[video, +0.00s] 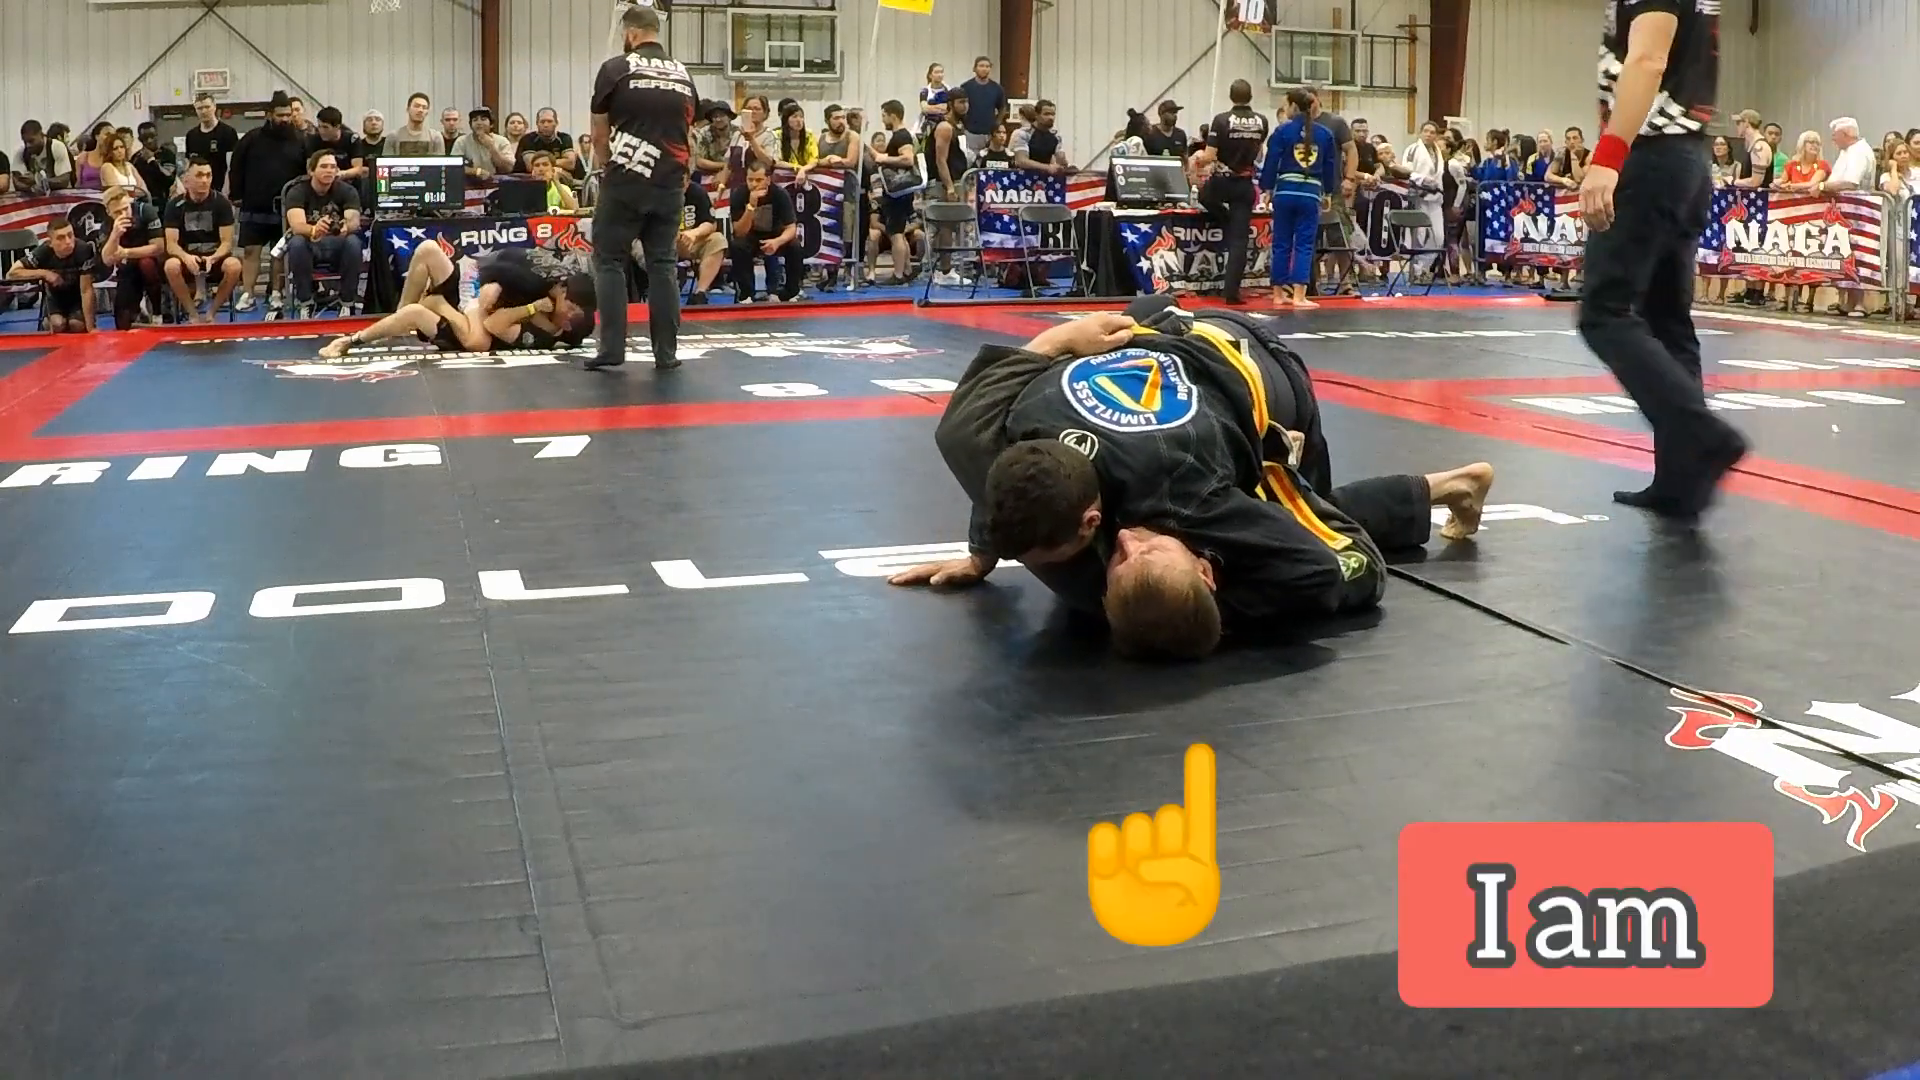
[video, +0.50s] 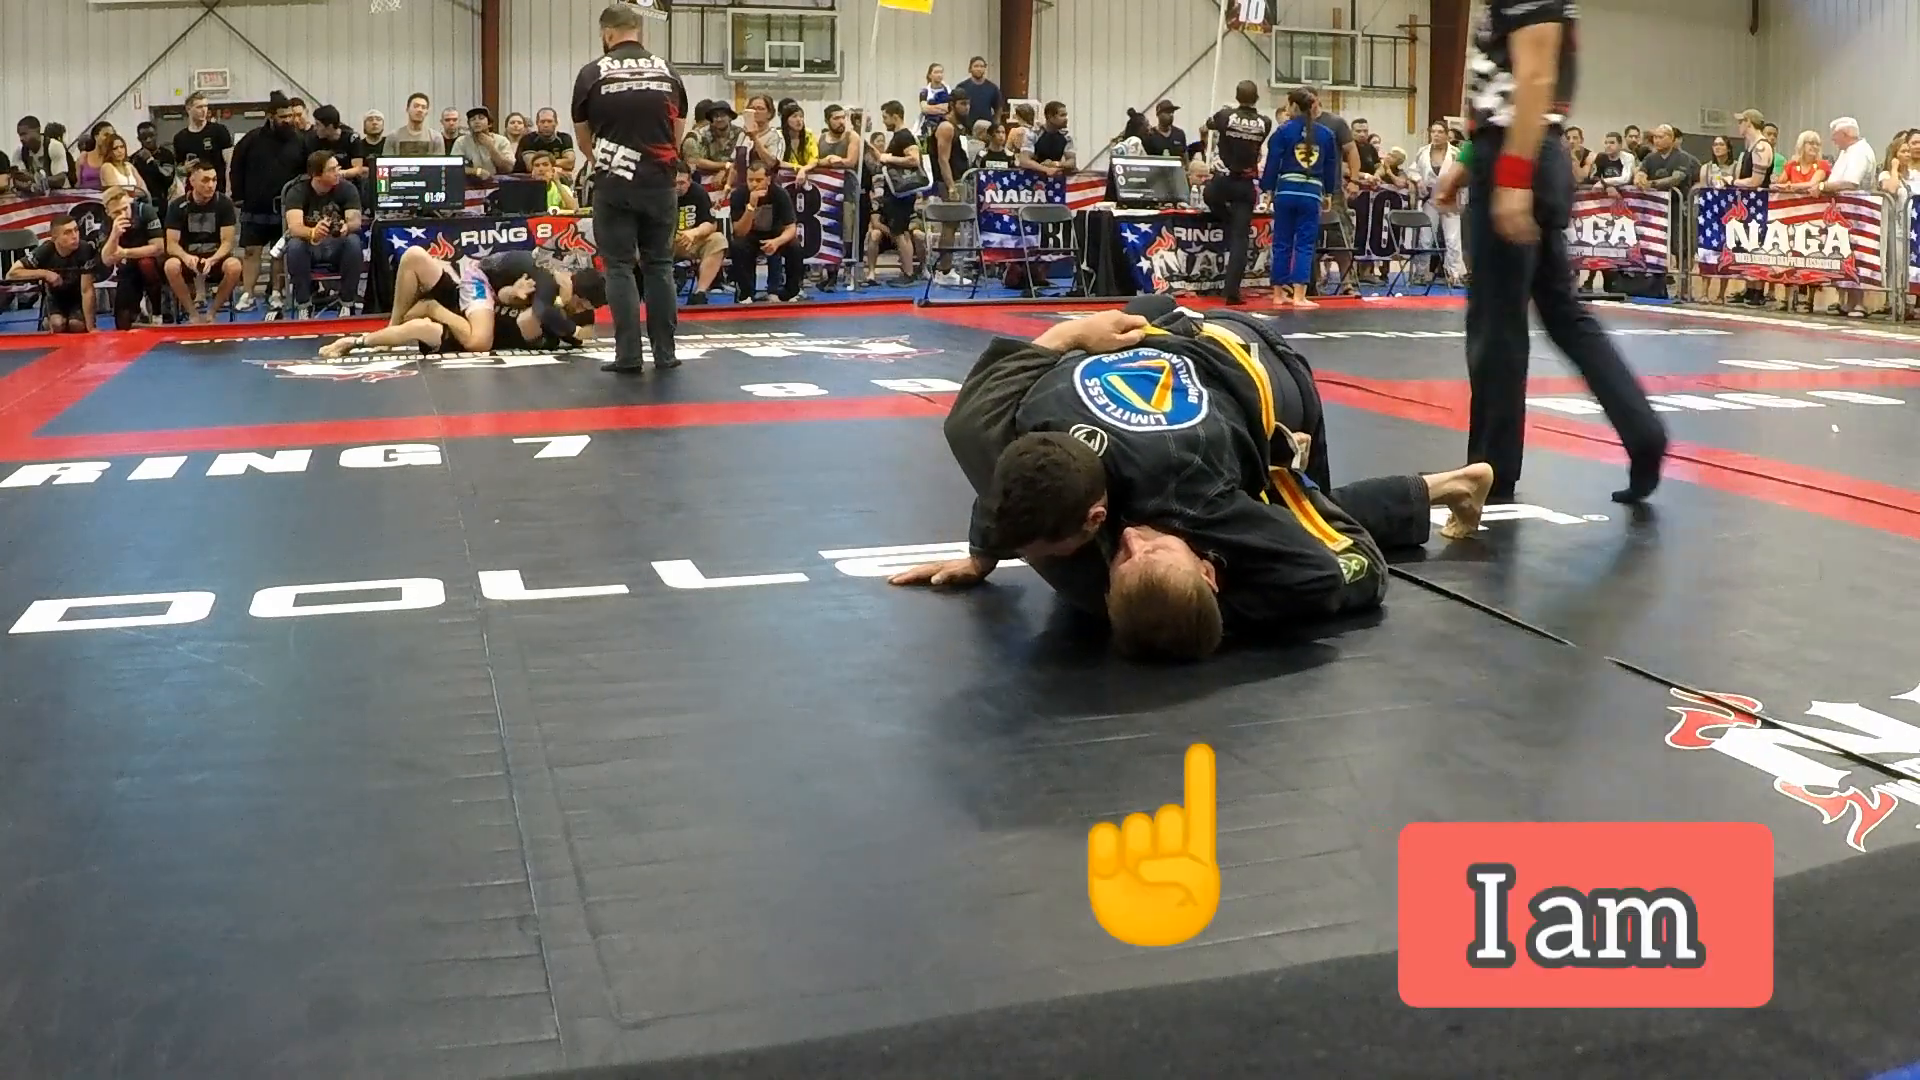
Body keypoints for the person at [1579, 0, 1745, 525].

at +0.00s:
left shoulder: (1657, 3)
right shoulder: (1685, 12)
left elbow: (1648, 62)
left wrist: (1605, 160)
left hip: (1655, 156)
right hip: (1687, 158)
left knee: (1604, 315)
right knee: (1669, 321)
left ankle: (1701, 438)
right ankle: (1677, 483)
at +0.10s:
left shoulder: (1643, 5)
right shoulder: (1661, 13)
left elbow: (1643, 64)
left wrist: (1604, 165)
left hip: (1636, 153)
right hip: (1666, 155)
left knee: (1568, 305)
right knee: (1656, 324)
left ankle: (1647, 454)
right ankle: (1677, 474)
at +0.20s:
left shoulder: (1623, 5)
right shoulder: (1605, 9)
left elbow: (1633, 68)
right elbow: (1620, 78)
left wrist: (1599, 170)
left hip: (1607, 155)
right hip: (1638, 156)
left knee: (1550, 310)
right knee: (1647, 323)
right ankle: (1676, 473)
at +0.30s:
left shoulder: (1599, 5)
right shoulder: (1568, 12)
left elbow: (1611, 76)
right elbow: (1571, 95)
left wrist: (1587, 179)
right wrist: (1534, 172)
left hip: (1582, 164)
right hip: (1613, 162)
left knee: (1539, 322)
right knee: (1637, 322)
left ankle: (1495, 470)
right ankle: (1674, 469)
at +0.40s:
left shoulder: (1566, 4)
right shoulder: (1538, 13)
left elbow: (1576, 82)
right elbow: (1535, 102)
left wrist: (1559, 184)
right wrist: (1490, 171)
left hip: (1546, 169)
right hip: (1574, 167)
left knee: (1513, 328)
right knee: (1612, 320)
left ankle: (1493, 474)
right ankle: (1667, 458)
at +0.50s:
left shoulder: (1531, 6)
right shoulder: (1506, 12)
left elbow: (1537, 80)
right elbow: (1506, 91)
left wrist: (1513, 179)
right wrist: (1463, 163)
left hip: (1509, 159)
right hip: (1537, 157)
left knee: (1495, 328)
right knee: (1563, 313)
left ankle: (1492, 475)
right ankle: (1644, 436)